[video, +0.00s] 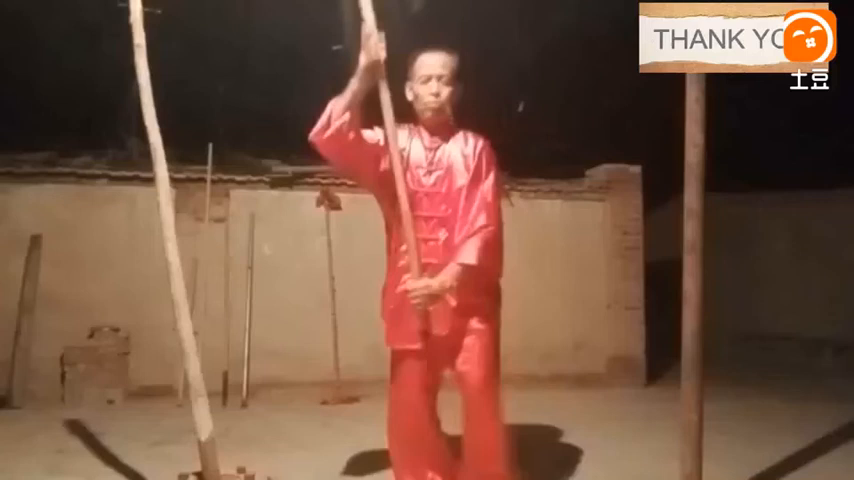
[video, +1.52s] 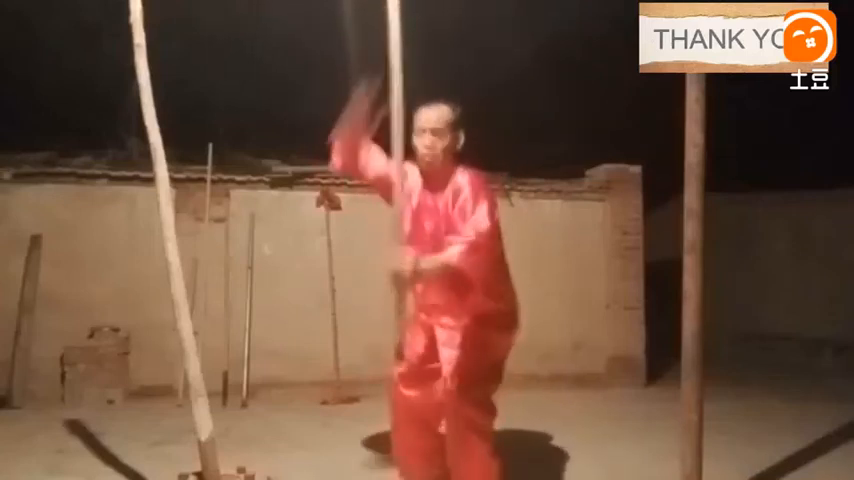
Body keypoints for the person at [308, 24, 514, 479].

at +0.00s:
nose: (437, 89)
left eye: (446, 80)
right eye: (426, 80)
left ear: (457, 89)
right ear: (410, 88)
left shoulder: (474, 149)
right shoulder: (389, 145)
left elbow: (483, 226)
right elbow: (328, 137)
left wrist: (446, 278)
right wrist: (363, 75)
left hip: (469, 291)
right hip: (410, 292)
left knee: (479, 388)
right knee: (411, 398)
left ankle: (487, 477)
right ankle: (419, 476)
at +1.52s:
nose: (426, 141)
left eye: (436, 133)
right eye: (420, 132)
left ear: (456, 140)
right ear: (412, 138)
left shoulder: (470, 185)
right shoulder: (405, 179)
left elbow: (475, 247)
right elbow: (352, 158)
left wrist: (420, 266)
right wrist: (357, 111)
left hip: (475, 314)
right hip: (426, 314)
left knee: (461, 399)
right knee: (410, 393)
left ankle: (475, 474)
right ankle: (420, 473)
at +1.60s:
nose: (431, 148)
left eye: (441, 140)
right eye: (425, 139)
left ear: (460, 146)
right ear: (416, 145)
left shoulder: (471, 191)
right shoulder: (409, 186)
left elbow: (464, 256)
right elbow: (368, 178)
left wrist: (414, 286)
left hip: (480, 318)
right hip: (433, 316)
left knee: (459, 399)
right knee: (409, 387)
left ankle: (473, 474)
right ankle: (420, 464)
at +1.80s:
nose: (427, 164)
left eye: (437, 156)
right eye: (422, 155)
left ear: (457, 162)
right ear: (415, 161)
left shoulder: (459, 206)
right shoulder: (423, 204)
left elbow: (454, 254)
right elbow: (396, 218)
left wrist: (422, 285)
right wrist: (345, 203)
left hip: (476, 327)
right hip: (443, 325)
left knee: (454, 401)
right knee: (433, 407)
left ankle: (472, 472)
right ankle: (457, 471)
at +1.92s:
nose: (420, 172)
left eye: (430, 164)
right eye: (416, 164)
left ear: (449, 171)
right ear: (409, 170)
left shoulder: (452, 210)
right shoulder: (419, 209)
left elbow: (428, 234)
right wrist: (341, 201)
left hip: (466, 332)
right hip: (439, 331)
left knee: (455, 429)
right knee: (438, 431)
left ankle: (467, 474)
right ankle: (448, 473)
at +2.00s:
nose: (418, 175)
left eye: (427, 167)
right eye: (414, 167)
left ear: (446, 173)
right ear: (409, 173)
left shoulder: (450, 209)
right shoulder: (422, 212)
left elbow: (439, 240)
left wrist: (390, 196)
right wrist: (426, 339)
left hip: (472, 321)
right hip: (444, 319)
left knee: (445, 382)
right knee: (416, 370)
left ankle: (466, 470)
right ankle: (432, 447)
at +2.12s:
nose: (419, 178)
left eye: (429, 171)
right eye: (414, 171)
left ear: (444, 176)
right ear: (408, 176)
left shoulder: (451, 213)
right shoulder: (420, 213)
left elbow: (441, 242)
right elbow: (394, 213)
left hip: (466, 317)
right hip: (435, 317)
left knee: (432, 369)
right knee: (412, 371)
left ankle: (463, 467)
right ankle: (429, 439)